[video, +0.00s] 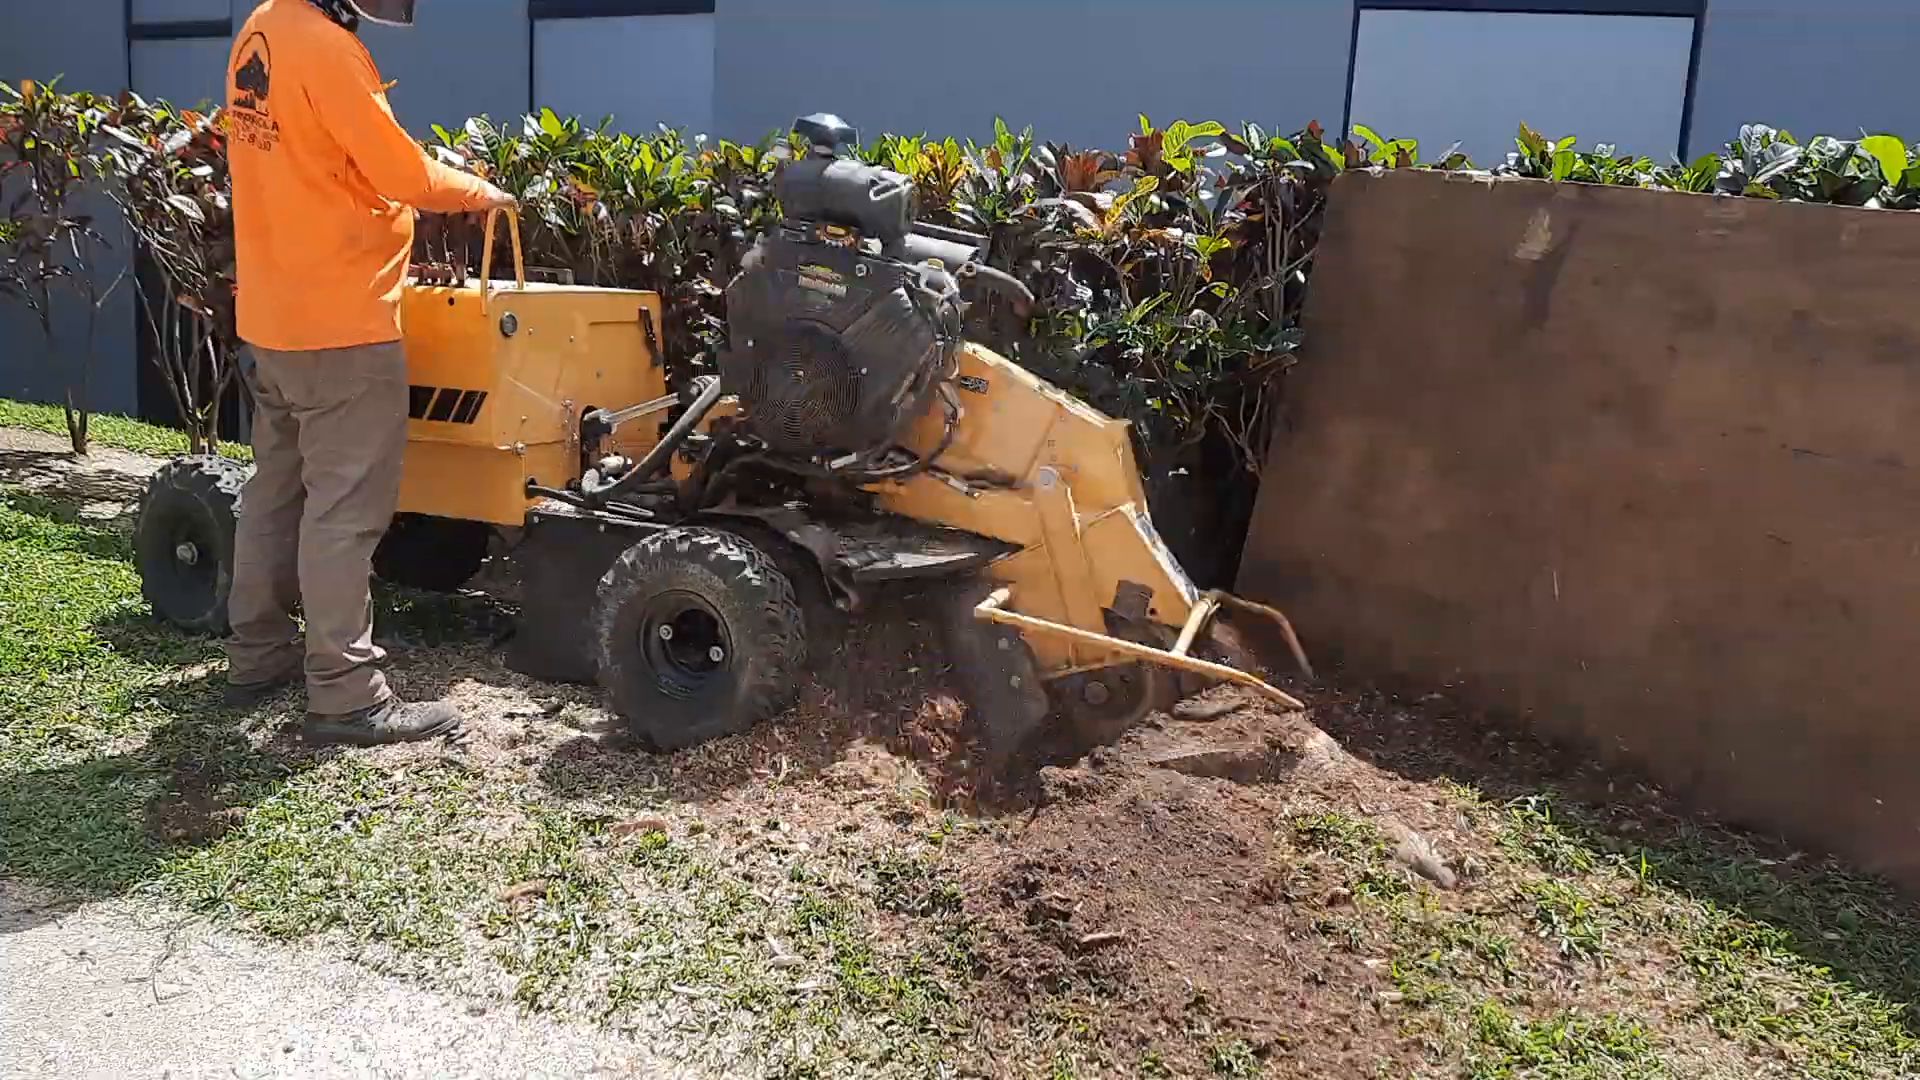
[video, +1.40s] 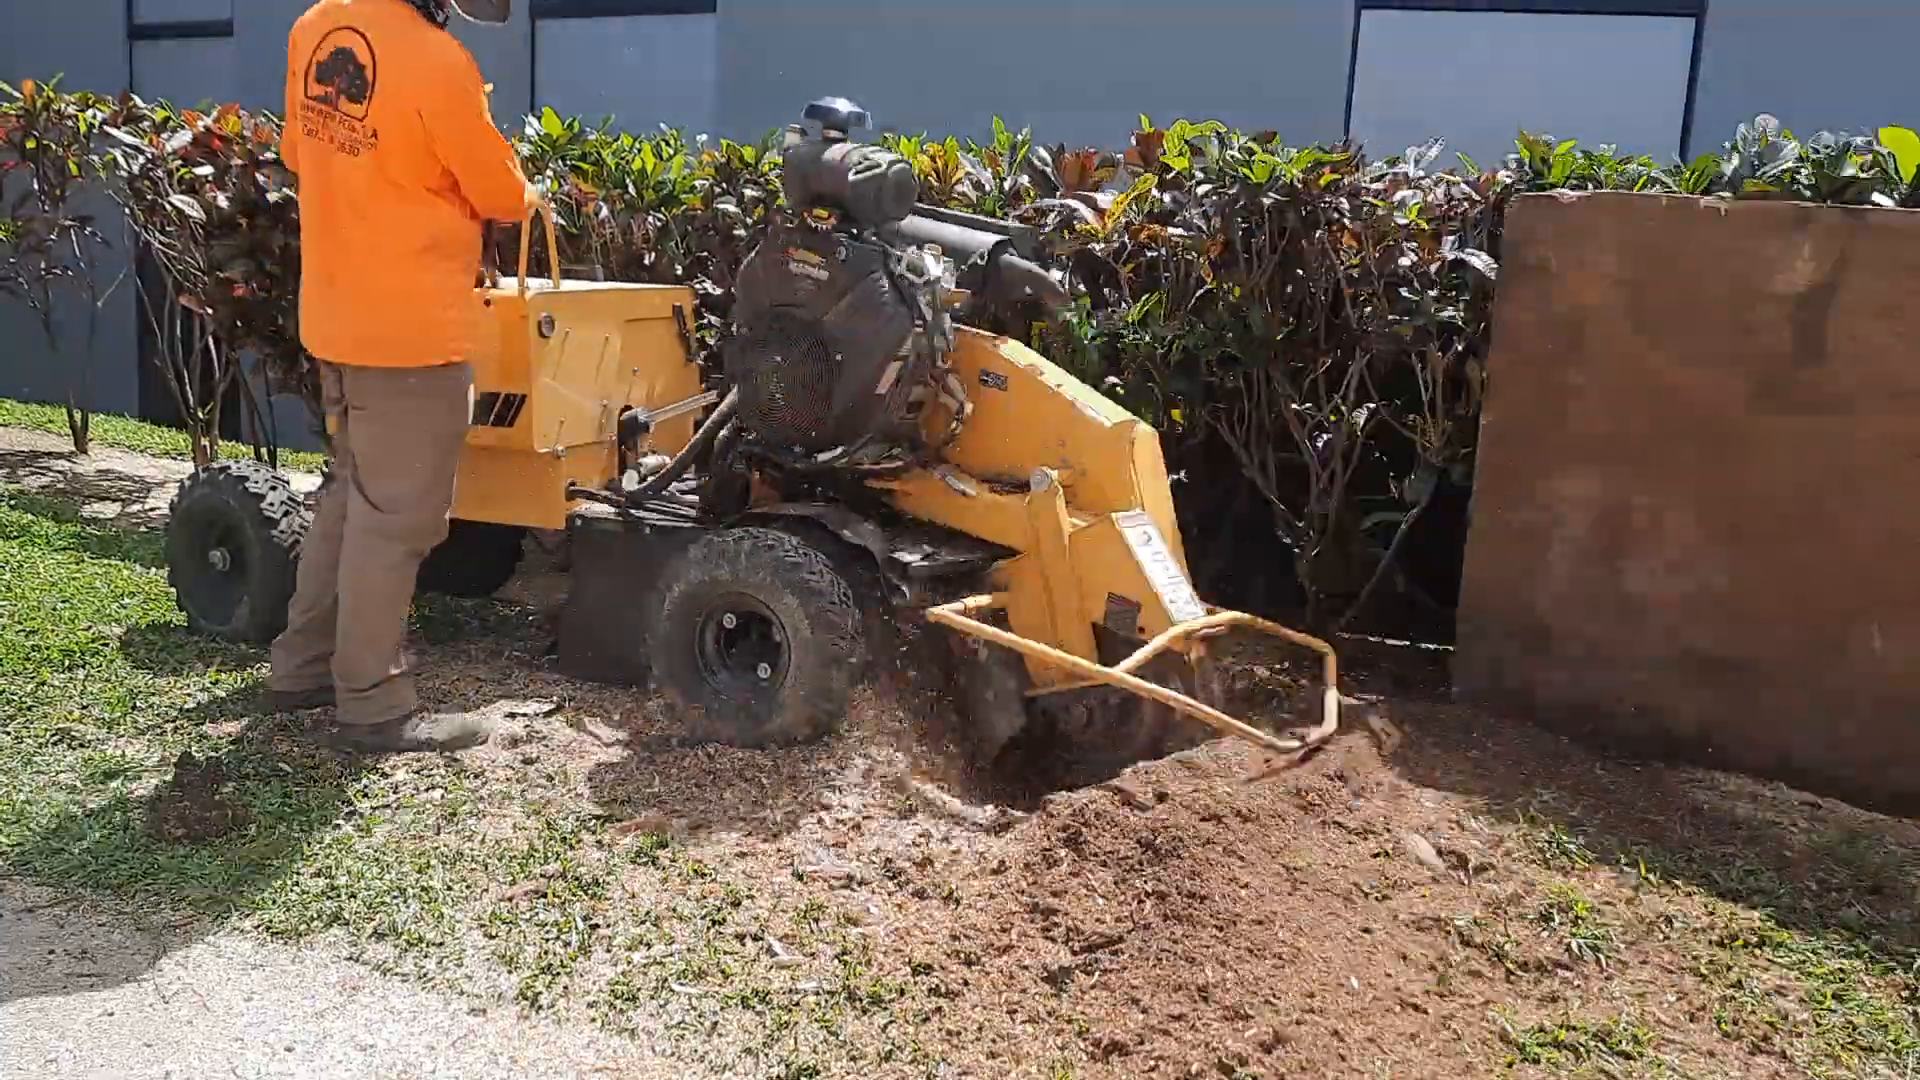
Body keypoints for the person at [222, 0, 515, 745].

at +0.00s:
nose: (397, 12)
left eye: (397, 6)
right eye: (394, 3)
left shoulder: (260, 28)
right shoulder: (329, 49)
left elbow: (321, 161)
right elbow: (404, 176)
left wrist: (438, 176)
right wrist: (475, 191)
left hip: (272, 322)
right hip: (341, 326)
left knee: (275, 492)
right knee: (347, 505)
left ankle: (257, 657)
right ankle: (343, 693)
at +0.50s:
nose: (409, 13)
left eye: (409, 7)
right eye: (407, 3)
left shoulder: (274, 27)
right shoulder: (346, 49)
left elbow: (344, 159)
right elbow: (422, 173)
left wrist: (449, 174)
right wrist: (499, 191)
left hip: (279, 323)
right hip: (352, 328)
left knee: (276, 495)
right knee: (349, 509)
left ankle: (256, 658)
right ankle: (345, 693)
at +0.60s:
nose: (416, 12)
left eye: (416, 7)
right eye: (413, 4)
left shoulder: (279, 25)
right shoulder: (345, 48)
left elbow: (342, 162)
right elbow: (413, 183)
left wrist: (444, 188)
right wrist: (472, 191)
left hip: (314, 311)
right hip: (357, 318)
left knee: (375, 482)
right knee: (344, 502)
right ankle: (323, 695)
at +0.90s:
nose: (400, 13)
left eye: (402, 6)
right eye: (399, 2)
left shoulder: (274, 23)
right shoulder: (331, 51)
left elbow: (346, 165)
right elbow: (408, 180)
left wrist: (437, 191)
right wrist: (472, 185)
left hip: (307, 317)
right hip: (351, 324)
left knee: (368, 489)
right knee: (342, 509)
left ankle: (412, 633)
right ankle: (322, 695)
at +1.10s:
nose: (434, 26)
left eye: (440, 19)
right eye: (435, 16)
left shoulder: (335, 24)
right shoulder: (362, 44)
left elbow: (373, 158)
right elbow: (422, 189)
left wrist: (450, 180)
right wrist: (476, 193)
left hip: (318, 287)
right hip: (360, 280)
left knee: (323, 488)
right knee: (549, 333)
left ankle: (294, 666)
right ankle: (617, 520)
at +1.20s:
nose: (435, 14)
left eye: (435, 8)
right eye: (431, 5)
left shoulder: (339, 30)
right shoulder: (342, 39)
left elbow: (390, 168)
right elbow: (406, 182)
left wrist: (482, 189)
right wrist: (498, 196)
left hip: (329, 288)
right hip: (360, 280)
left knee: (329, 486)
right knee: (547, 326)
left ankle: (298, 665)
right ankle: (650, 510)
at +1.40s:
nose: (479, 8)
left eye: (480, 4)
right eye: (474, 2)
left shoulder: (315, 25)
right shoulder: (437, 61)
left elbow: (297, 153)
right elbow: (501, 196)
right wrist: (529, 194)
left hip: (334, 315)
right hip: (411, 327)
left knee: (351, 491)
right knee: (398, 515)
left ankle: (302, 666)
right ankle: (373, 707)